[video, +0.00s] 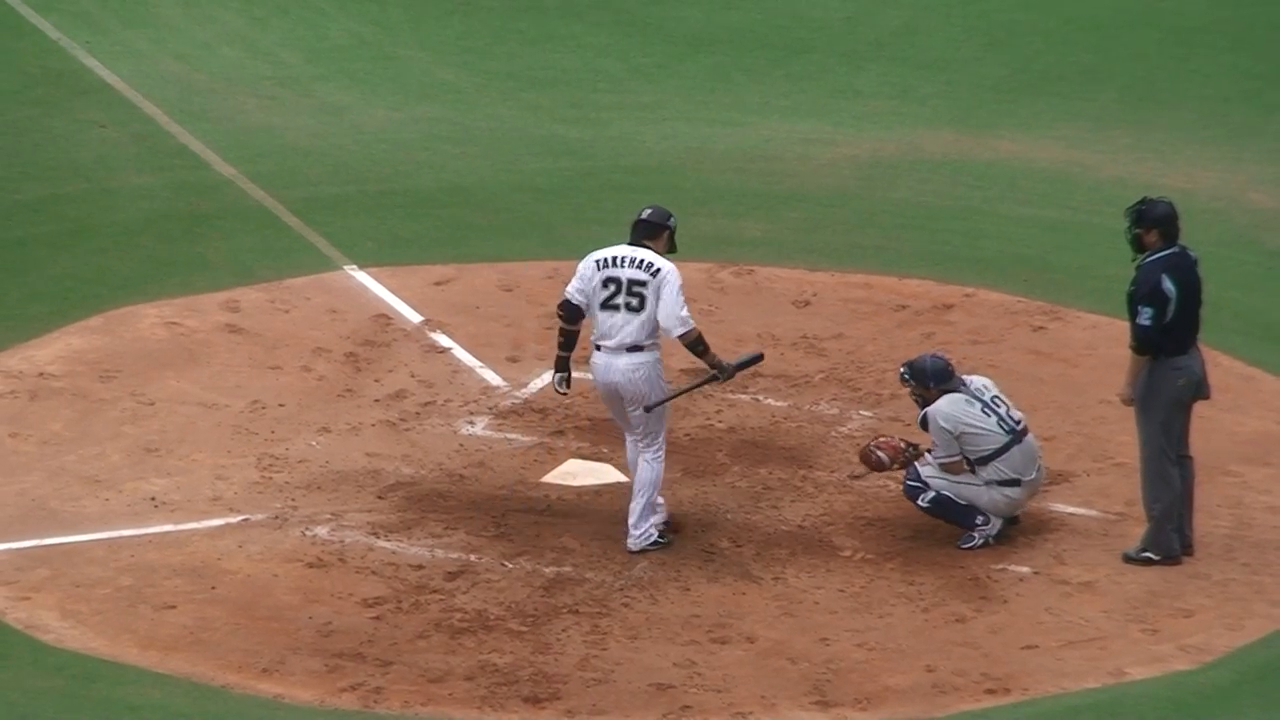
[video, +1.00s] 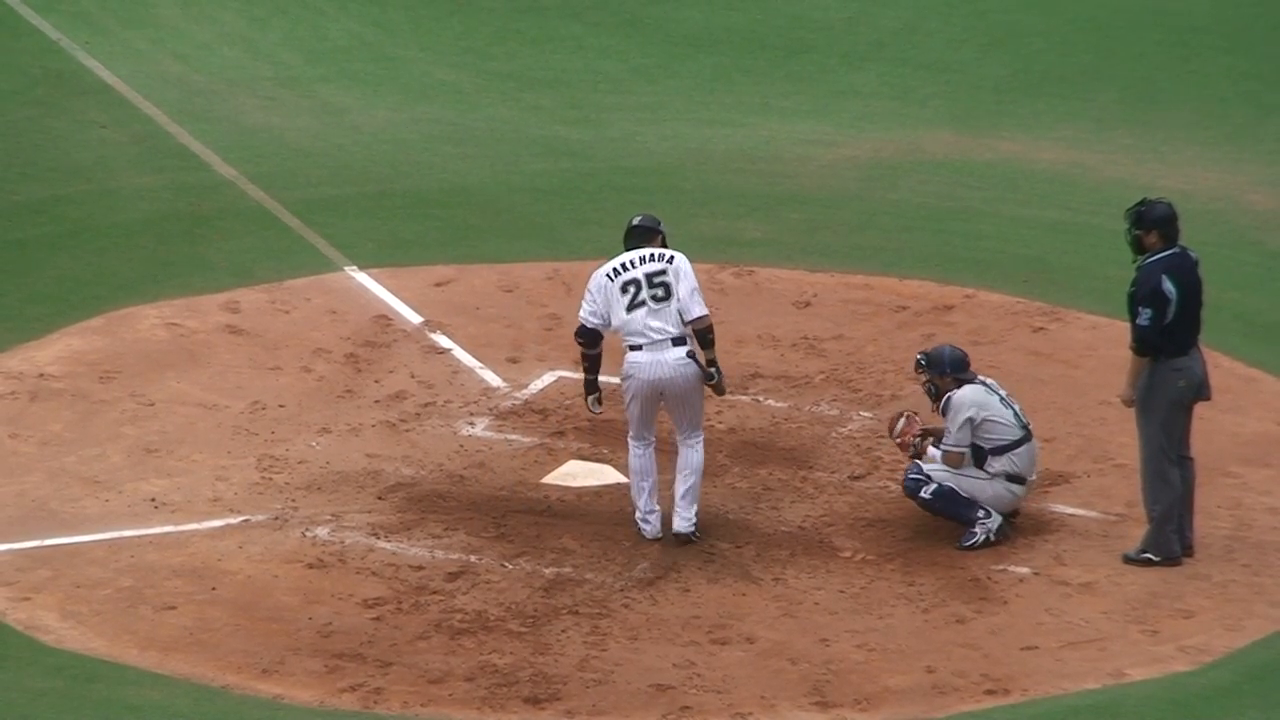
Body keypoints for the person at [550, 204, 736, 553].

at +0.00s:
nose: (669, 245)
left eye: (670, 239)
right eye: (668, 238)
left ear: (635, 233)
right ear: (660, 237)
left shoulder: (596, 260)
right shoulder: (664, 270)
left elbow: (570, 311)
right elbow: (680, 327)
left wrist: (562, 363)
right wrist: (715, 362)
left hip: (601, 366)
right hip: (641, 367)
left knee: (634, 435)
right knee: (651, 448)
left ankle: (652, 510)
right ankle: (640, 532)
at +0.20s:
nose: (679, 243)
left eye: (678, 236)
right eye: (677, 236)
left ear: (641, 233)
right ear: (669, 236)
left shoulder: (604, 259)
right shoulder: (673, 267)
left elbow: (577, 310)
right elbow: (688, 322)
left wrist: (567, 361)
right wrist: (720, 359)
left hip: (612, 364)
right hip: (652, 366)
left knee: (645, 437)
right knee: (654, 449)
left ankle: (655, 511)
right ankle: (641, 533)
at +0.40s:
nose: (675, 244)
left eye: (675, 239)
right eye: (674, 238)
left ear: (638, 236)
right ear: (667, 238)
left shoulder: (604, 266)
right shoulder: (675, 265)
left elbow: (583, 320)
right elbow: (686, 321)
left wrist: (580, 372)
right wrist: (708, 360)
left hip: (621, 367)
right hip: (662, 366)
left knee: (636, 440)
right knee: (683, 439)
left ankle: (645, 515)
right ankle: (657, 514)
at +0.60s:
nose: (663, 245)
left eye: (661, 240)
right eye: (661, 240)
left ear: (628, 240)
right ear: (656, 240)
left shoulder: (602, 273)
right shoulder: (671, 261)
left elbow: (588, 333)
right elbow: (689, 320)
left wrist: (601, 368)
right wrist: (707, 363)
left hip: (632, 365)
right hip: (675, 360)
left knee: (638, 441)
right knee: (684, 441)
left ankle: (649, 522)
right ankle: (681, 524)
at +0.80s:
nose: (659, 243)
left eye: (657, 240)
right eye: (658, 239)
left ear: (622, 242)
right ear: (652, 239)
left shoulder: (602, 274)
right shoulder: (672, 258)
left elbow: (589, 334)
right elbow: (697, 318)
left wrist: (604, 368)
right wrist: (713, 362)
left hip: (637, 366)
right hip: (679, 360)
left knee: (641, 441)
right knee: (689, 426)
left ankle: (649, 522)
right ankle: (675, 490)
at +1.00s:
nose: (663, 244)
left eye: (661, 240)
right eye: (662, 239)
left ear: (627, 241)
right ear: (657, 239)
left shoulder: (605, 274)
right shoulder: (675, 260)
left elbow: (589, 335)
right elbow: (699, 321)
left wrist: (591, 383)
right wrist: (712, 364)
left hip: (637, 365)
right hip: (681, 361)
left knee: (640, 441)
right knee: (690, 437)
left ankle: (648, 522)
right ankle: (685, 521)